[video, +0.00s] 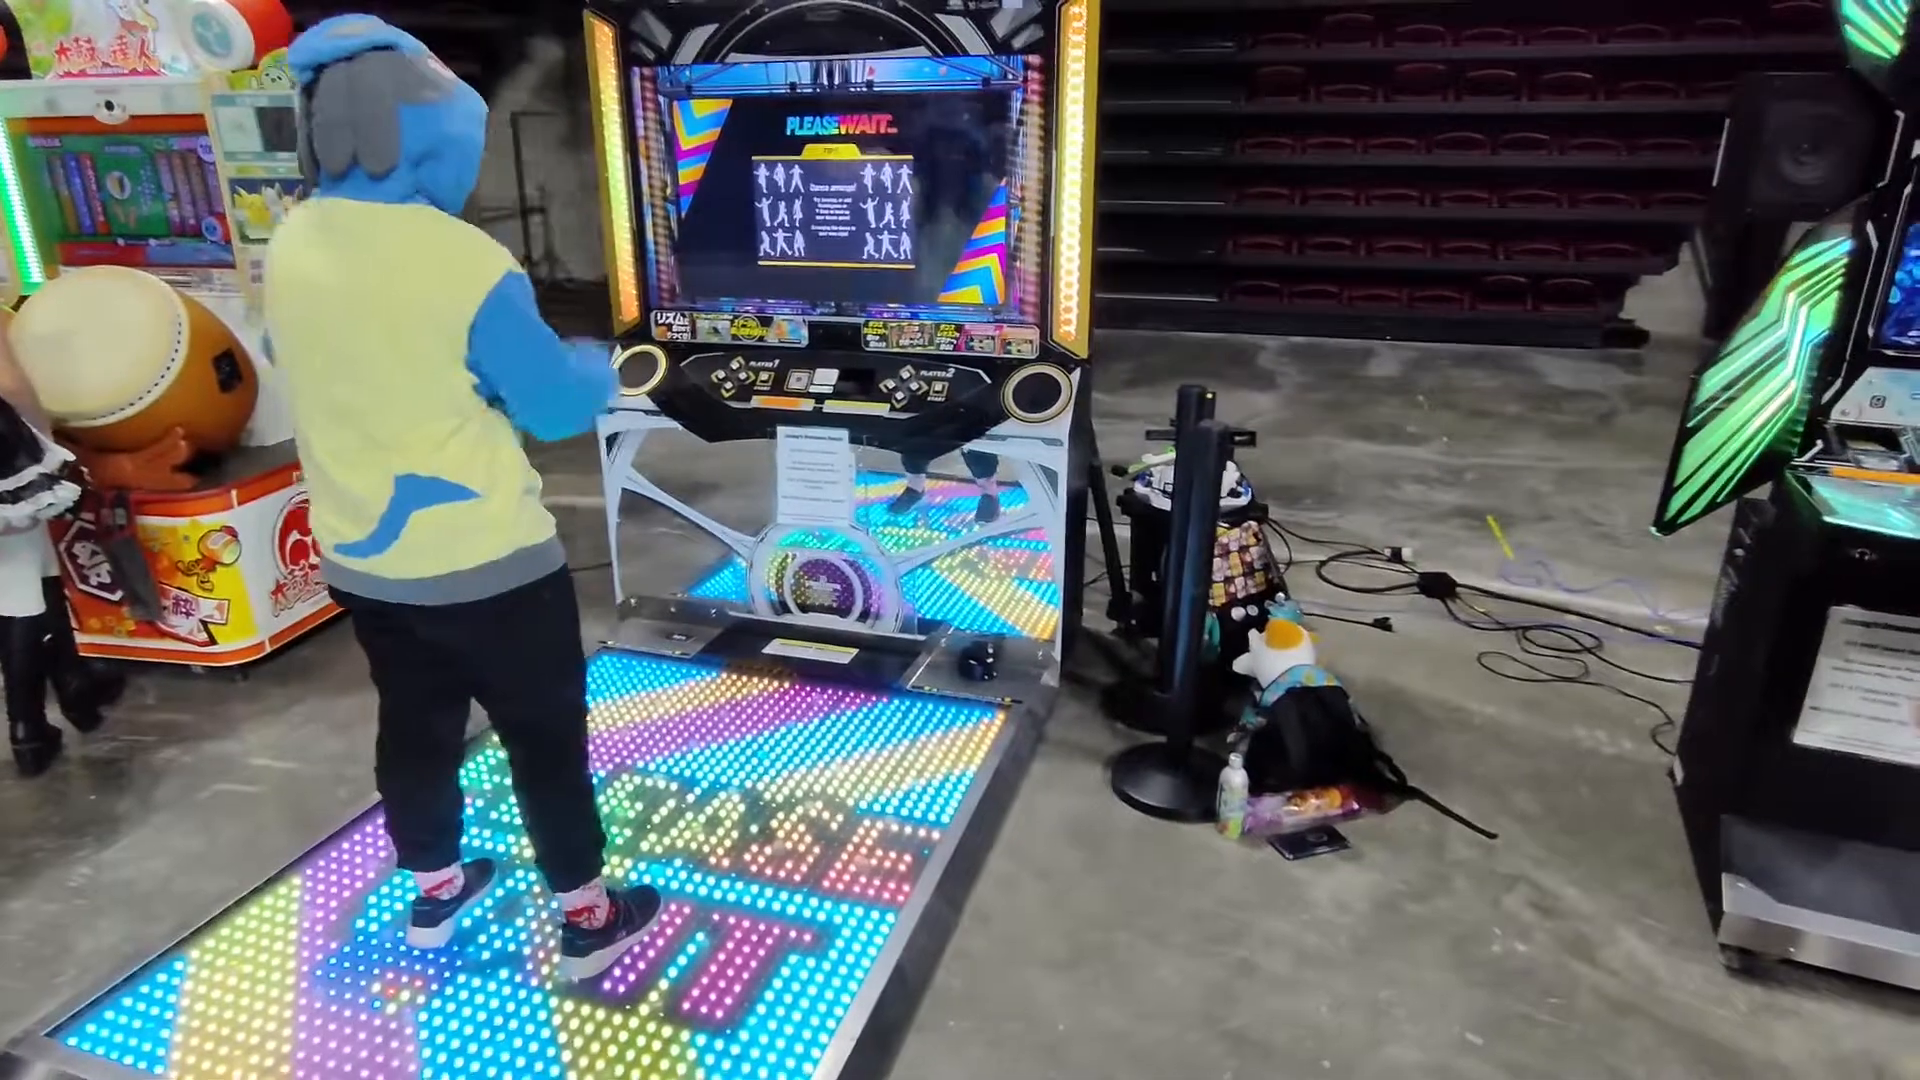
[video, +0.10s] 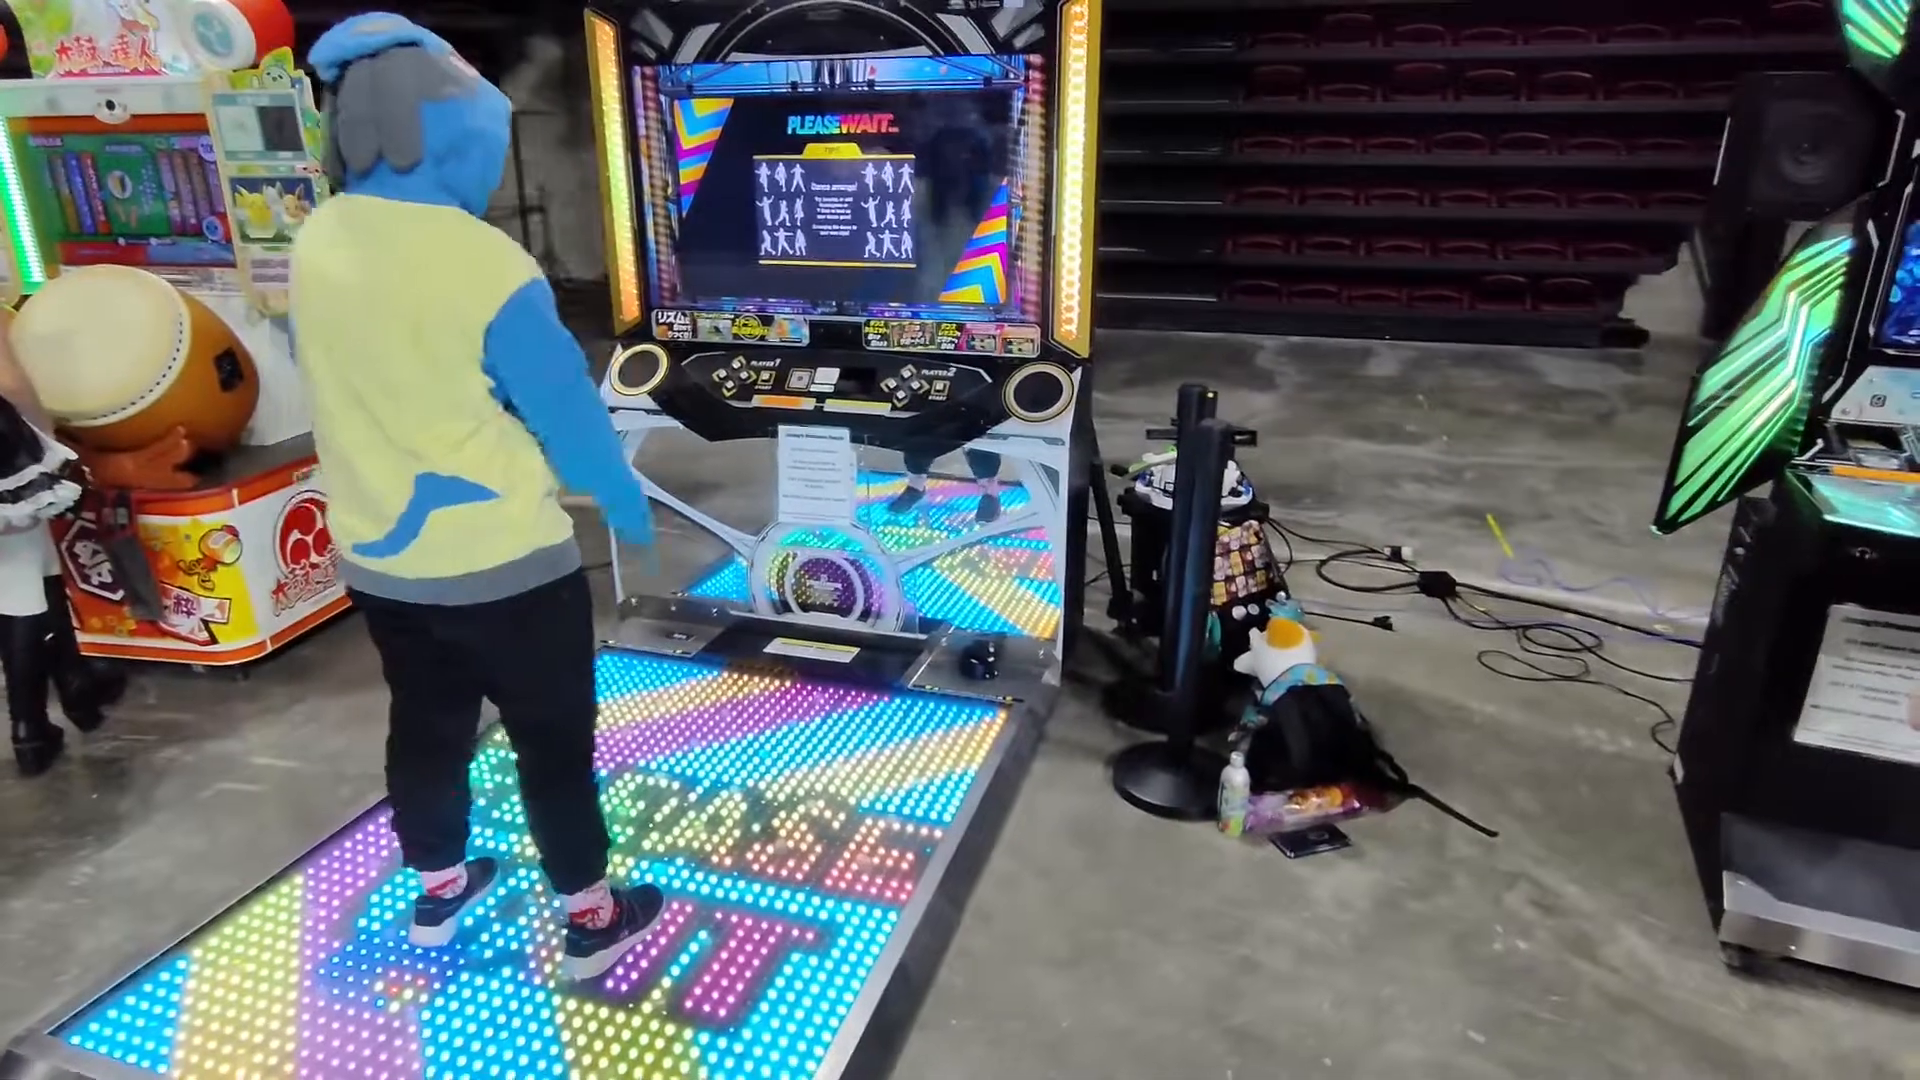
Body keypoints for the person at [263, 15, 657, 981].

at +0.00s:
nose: (465, 148)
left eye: (458, 127)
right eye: (454, 129)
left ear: (335, 138)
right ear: (422, 137)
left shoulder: (293, 246)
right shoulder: (466, 267)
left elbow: (341, 366)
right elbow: (552, 399)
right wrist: (604, 372)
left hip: (363, 568)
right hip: (490, 568)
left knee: (415, 719)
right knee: (546, 734)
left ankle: (432, 881)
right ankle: (583, 911)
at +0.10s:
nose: (486, 143)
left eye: (478, 122)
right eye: (473, 123)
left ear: (358, 134)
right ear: (440, 132)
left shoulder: (319, 242)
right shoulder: (486, 267)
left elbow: (338, 378)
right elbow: (569, 412)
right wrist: (623, 502)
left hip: (382, 567)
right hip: (508, 568)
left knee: (427, 720)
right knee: (554, 738)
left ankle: (437, 880)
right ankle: (587, 913)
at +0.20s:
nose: (516, 143)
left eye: (508, 122)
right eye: (503, 124)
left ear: (388, 136)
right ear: (470, 132)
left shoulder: (349, 238)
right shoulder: (512, 270)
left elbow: (357, 393)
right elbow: (585, 450)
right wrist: (637, 577)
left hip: (402, 569)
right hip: (525, 571)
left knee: (441, 714)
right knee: (563, 740)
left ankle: (440, 876)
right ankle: (589, 908)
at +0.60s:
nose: (559, 128)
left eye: (554, 109)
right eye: (544, 109)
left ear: (439, 125)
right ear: (500, 116)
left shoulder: (393, 241)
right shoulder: (548, 236)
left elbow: (416, 382)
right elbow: (670, 362)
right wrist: (737, 479)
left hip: (448, 558)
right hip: (564, 554)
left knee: (506, 692)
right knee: (600, 722)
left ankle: (474, 853)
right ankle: (605, 904)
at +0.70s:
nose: (559, 145)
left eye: (557, 127)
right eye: (547, 126)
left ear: (438, 131)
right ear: (503, 122)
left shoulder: (388, 238)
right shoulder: (551, 237)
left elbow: (395, 384)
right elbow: (693, 342)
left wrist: (564, 395)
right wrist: (812, 421)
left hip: (436, 554)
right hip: (555, 556)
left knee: (496, 686)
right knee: (604, 715)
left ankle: (472, 851)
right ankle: (603, 897)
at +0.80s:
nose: (556, 133)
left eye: (551, 115)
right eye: (544, 115)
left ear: (433, 126)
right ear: (506, 118)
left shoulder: (369, 244)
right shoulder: (552, 237)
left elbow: (344, 401)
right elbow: (702, 340)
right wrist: (880, 396)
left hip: (413, 554)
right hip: (545, 553)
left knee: (472, 683)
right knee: (614, 693)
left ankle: (468, 847)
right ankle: (591, 880)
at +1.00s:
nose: (558, 140)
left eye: (545, 120)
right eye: (544, 121)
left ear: (429, 134)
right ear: (522, 130)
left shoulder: (348, 242)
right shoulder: (564, 261)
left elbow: (285, 363)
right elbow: (670, 391)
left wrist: (291, 435)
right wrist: (835, 445)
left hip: (398, 559)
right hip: (541, 561)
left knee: (445, 709)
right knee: (617, 687)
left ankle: (459, 864)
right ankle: (579, 870)